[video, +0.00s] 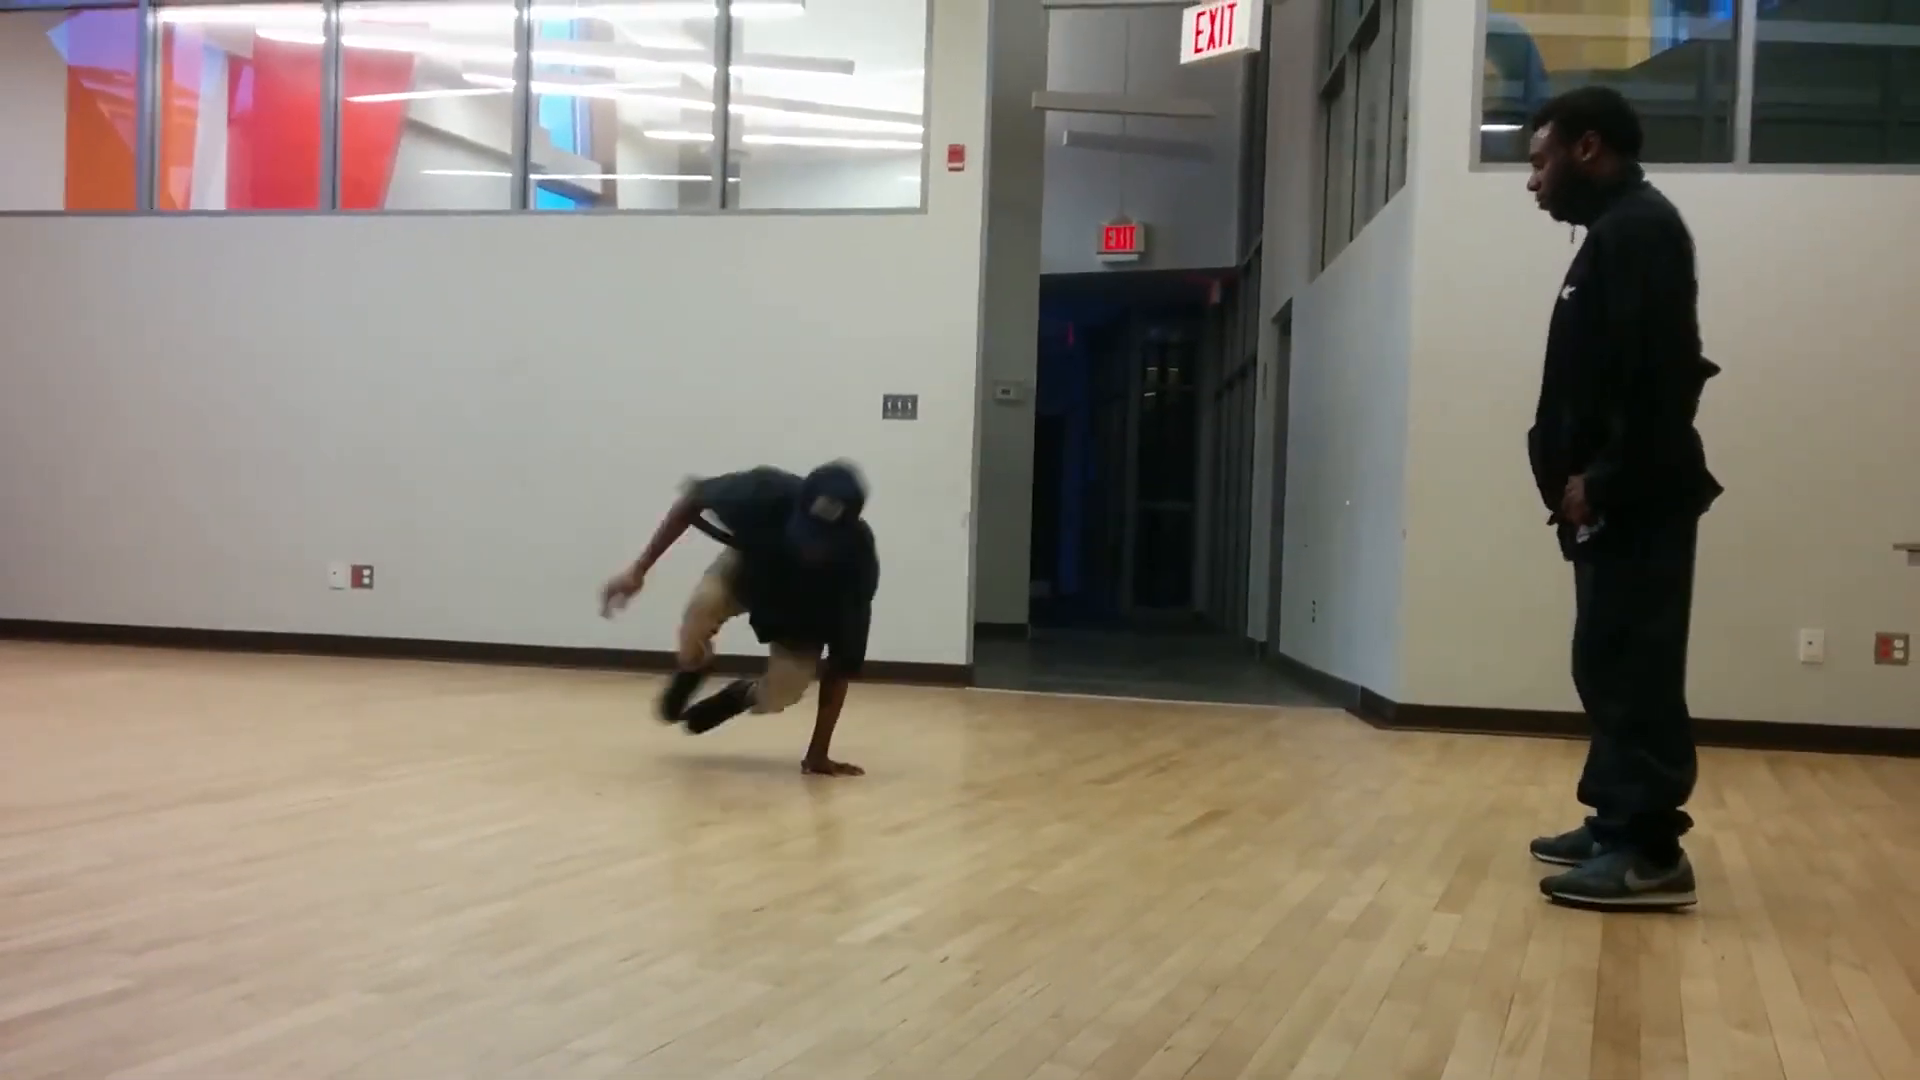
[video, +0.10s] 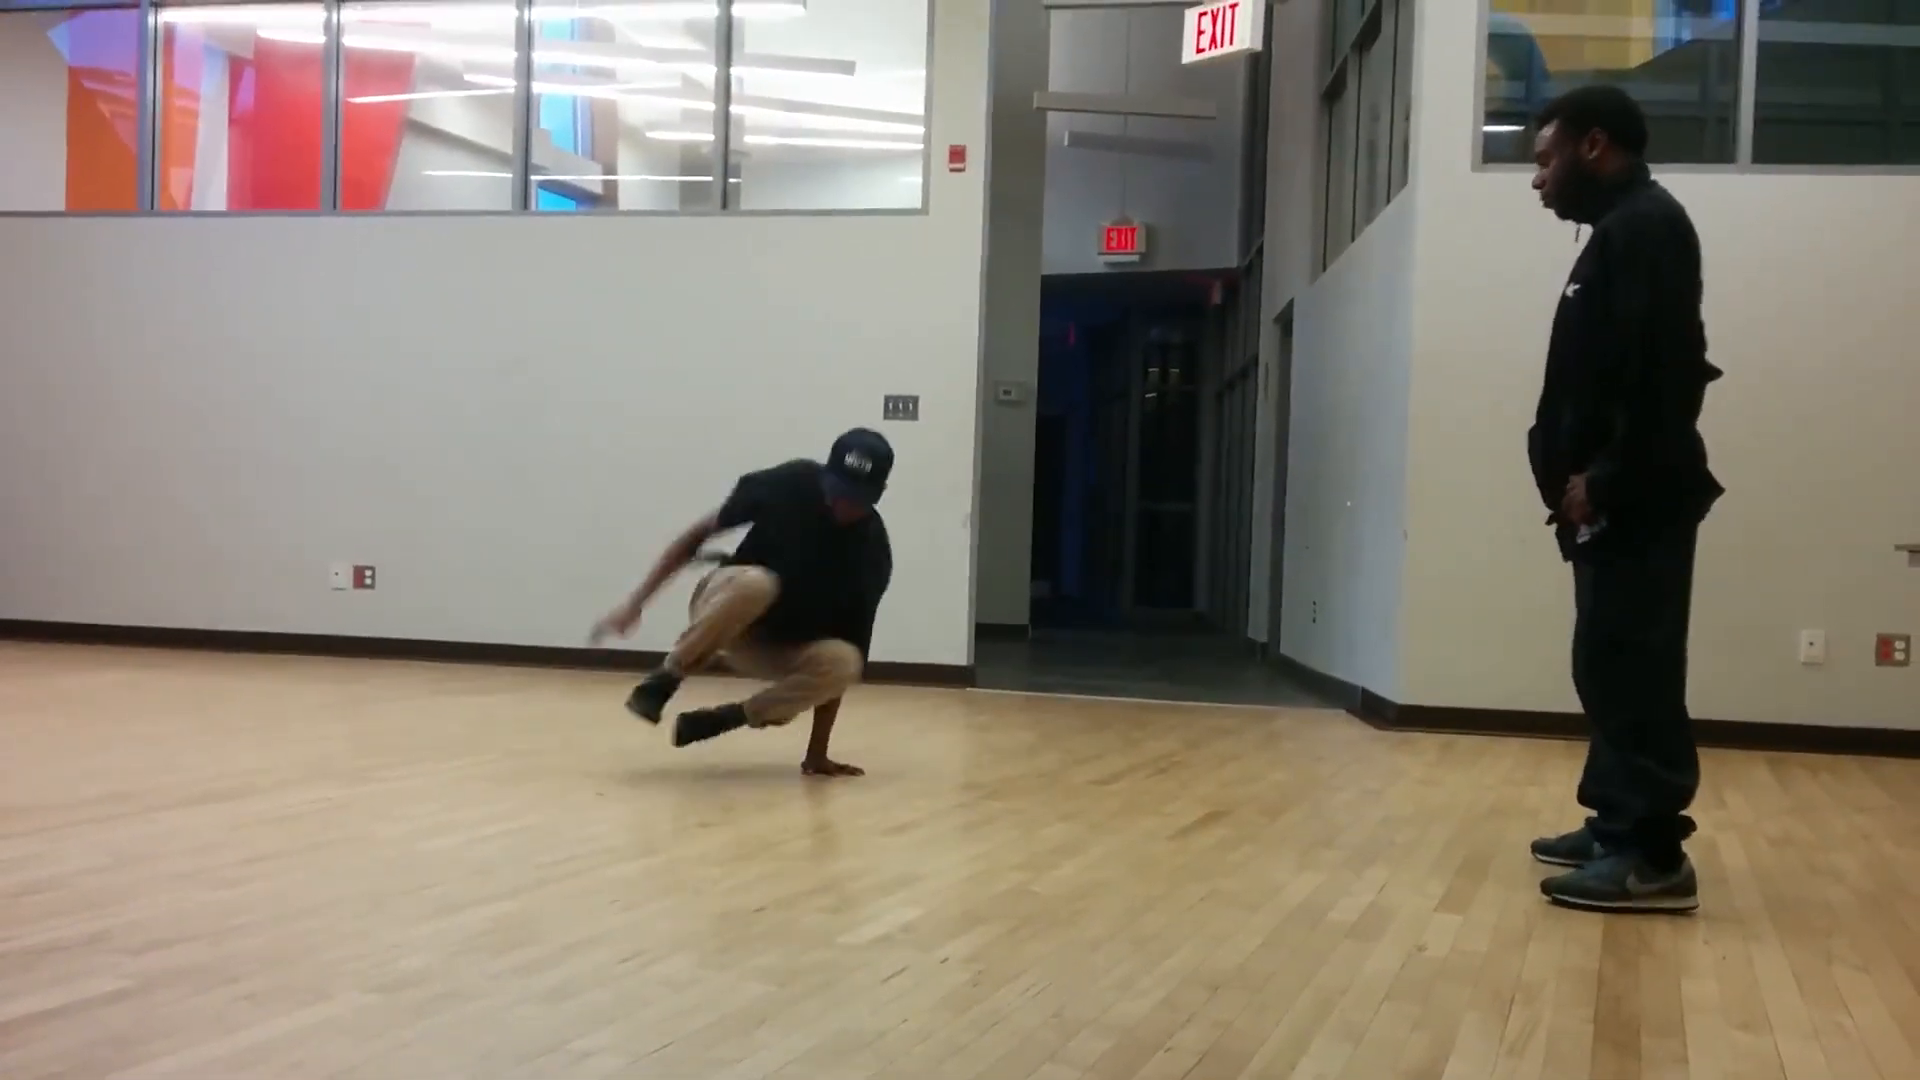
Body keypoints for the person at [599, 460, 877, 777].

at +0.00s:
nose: (811, 537)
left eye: (824, 533)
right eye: (809, 526)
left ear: (847, 526)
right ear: (801, 503)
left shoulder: (859, 560)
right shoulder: (767, 492)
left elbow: (842, 666)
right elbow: (694, 498)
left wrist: (818, 753)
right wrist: (638, 570)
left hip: (807, 608)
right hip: (752, 567)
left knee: (782, 693)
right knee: (700, 611)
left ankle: (739, 697)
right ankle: (690, 669)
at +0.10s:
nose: (844, 506)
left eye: (858, 500)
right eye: (840, 492)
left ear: (878, 494)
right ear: (827, 476)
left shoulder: (873, 555)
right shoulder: (792, 484)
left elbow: (846, 659)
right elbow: (698, 535)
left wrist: (816, 754)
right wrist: (635, 604)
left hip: (789, 646)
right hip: (730, 613)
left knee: (841, 664)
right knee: (756, 584)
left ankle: (725, 719)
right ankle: (665, 679)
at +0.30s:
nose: (777, 497)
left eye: (785, 488)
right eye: (767, 487)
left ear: (794, 487)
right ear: (743, 485)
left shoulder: (821, 551)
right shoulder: (712, 540)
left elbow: (829, 652)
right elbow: (694, 647)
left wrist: (819, 750)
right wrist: (684, 750)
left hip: (808, 694)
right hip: (746, 688)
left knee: (898, 581)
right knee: (788, 552)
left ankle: (895, 727)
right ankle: (825, 705)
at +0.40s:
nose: (754, 489)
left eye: (759, 477)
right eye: (741, 480)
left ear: (765, 470)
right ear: (710, 480)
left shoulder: (781, 523)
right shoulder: (684, 539)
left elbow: (804, 610)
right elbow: (686, 647)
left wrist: (819, 706)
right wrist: (684, 745)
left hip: (819, 661)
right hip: (764, 674)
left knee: (910, 558)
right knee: (815, 566)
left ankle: (936, 702)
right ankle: (847, 711)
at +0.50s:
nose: (792, 485)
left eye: (794, 475)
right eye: (784, 474)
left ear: (791, 466)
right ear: (751, 464)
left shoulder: (786, 499)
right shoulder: (695, 529)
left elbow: (792, 589)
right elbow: (697, 643)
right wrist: (684, 742)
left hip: (813, 642)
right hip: (766, 662)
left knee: (925, 575)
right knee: (862, 594)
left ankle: (882, 713)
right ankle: (825, 731)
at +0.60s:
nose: (857, 483)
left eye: (857, 473)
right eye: (850, 471)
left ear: (815, 465)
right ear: (813, 463)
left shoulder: (806, 505)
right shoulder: (741, 516)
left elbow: (798, 602)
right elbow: (692, 625)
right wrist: (682, 720)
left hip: (800, 639)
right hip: (765, 662)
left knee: (926, 595)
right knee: (898, 623)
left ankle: (862, 725)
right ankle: (827, 742)